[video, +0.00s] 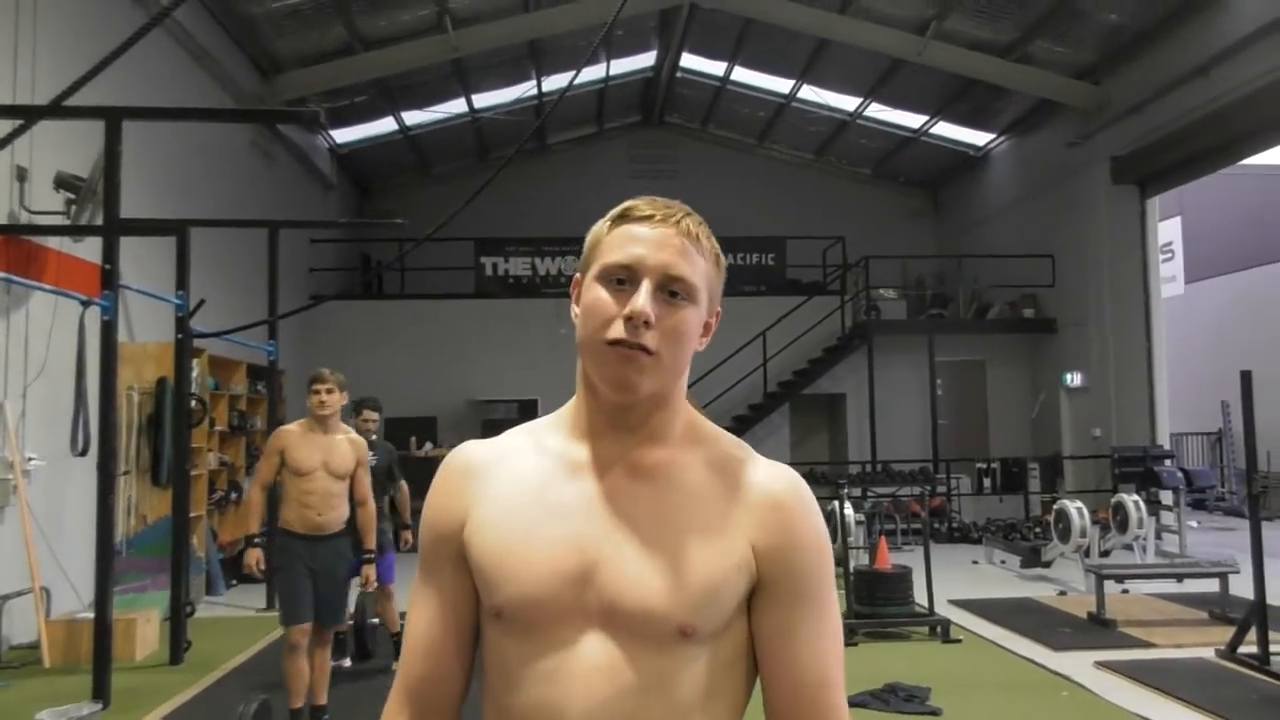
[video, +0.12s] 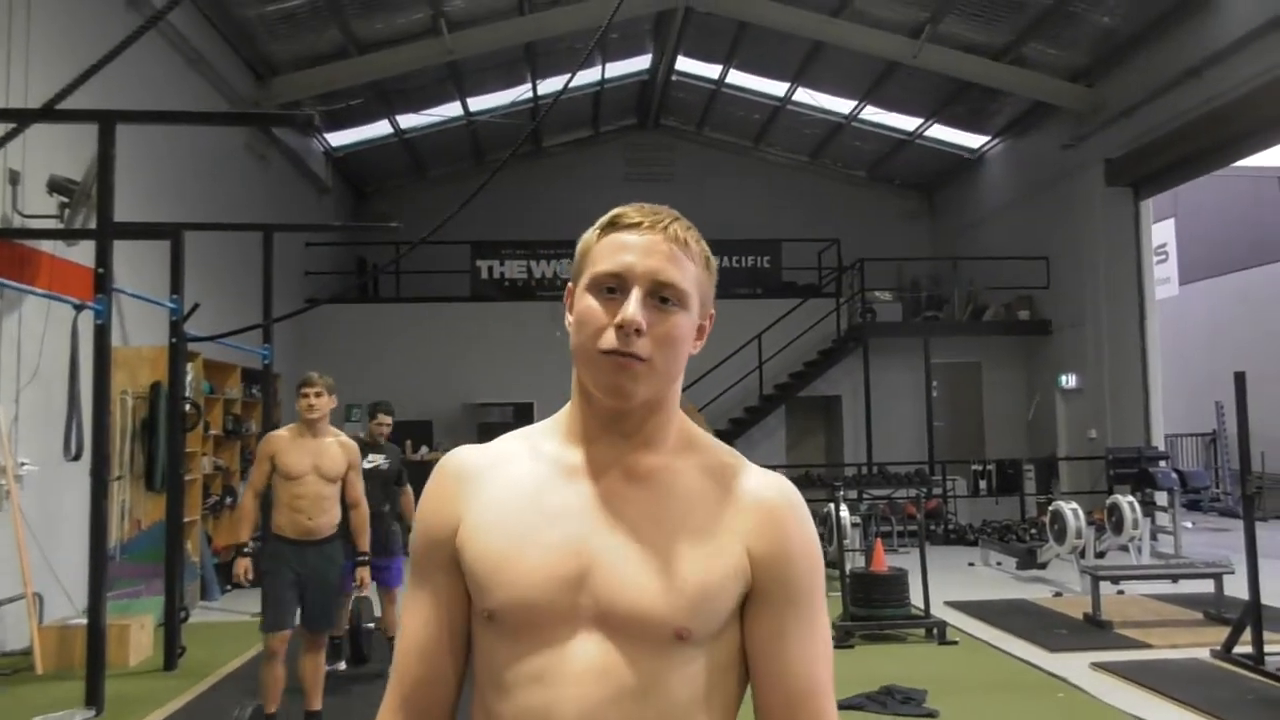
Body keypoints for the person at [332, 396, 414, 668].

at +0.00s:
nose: (370, 427)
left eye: (374, 422)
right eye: (365, 421)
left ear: (380, 423)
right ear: (353, 422)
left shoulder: (386, 451)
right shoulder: (342, 449)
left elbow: (400, 487)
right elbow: (332, 489)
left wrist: (406, 524)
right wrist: (335, 522)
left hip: (380, 526)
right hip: (348, 525)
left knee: (386, 587)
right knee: (341, 588)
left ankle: (397, 643)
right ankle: (342, 644)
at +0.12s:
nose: (384, 430)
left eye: (388, 425)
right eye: (379, 424)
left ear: (392, 427)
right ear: (368, 424)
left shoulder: (394, 454)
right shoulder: (350, 450)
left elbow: (404, 492)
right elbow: (337, 490)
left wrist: (414, 526)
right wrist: (336, 525)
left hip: (387, 531)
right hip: (352, 529)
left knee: (390, 595)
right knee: (342, 595)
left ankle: (394, 652)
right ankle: (337, 649)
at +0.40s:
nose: (413, 449)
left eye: (417, 445)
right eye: (412, 443)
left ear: (409, 438)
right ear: (399, 434)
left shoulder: (408, 461)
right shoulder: (365, 456)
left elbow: (410, 500)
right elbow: (343, 492)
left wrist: (411, 534)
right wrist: (353, 529)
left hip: (394, 544)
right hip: (365, 544)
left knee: (390, 607)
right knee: (347, 601)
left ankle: (390, 657)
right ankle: (328, 652)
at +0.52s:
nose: (419, 454)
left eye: (422, 450)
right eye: (417, 448)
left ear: (416, 443)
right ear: (406, 438)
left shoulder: (409, 464)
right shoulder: (370, 457)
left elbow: (406, 503)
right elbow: (347, 490)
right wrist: (362, 528)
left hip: (393, 547)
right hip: (361, 547)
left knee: (389, 609)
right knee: (347, 605)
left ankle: (387, 664)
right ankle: (323, 661)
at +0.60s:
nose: (423, 457)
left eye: (427, 453)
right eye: (422, 451)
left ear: (419, 447)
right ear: (410, 441)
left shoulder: (411, 467)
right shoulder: (374, 458)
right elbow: (350, 490)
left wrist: (426, 475)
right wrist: (366, 529)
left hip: (393, 548)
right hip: (361, 548)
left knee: (389, 609)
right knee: (346, 608)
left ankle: (387, 664)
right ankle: (322, 659)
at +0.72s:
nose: (425, 464)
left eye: (429, 460)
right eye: (425, 458)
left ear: (419, 450)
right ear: (415, 446)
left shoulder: (410, 470)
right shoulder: (380, 461)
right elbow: (353, 494)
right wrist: (366, 534)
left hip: (391, 553)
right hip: (361, 552)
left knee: (388, 616)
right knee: (343, 610)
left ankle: (386, 672)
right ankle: (318, 665)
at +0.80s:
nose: (425, 469)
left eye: (429, 466)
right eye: (426, 463)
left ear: (420, 454)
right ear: (416, 451)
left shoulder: (412, 474)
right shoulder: (382, 464)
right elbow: (355, 495)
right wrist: (362, 538)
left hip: (393, 556)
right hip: (362, 555)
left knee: (392, 619)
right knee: (340, 614)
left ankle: (394, 676)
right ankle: (316, 668)